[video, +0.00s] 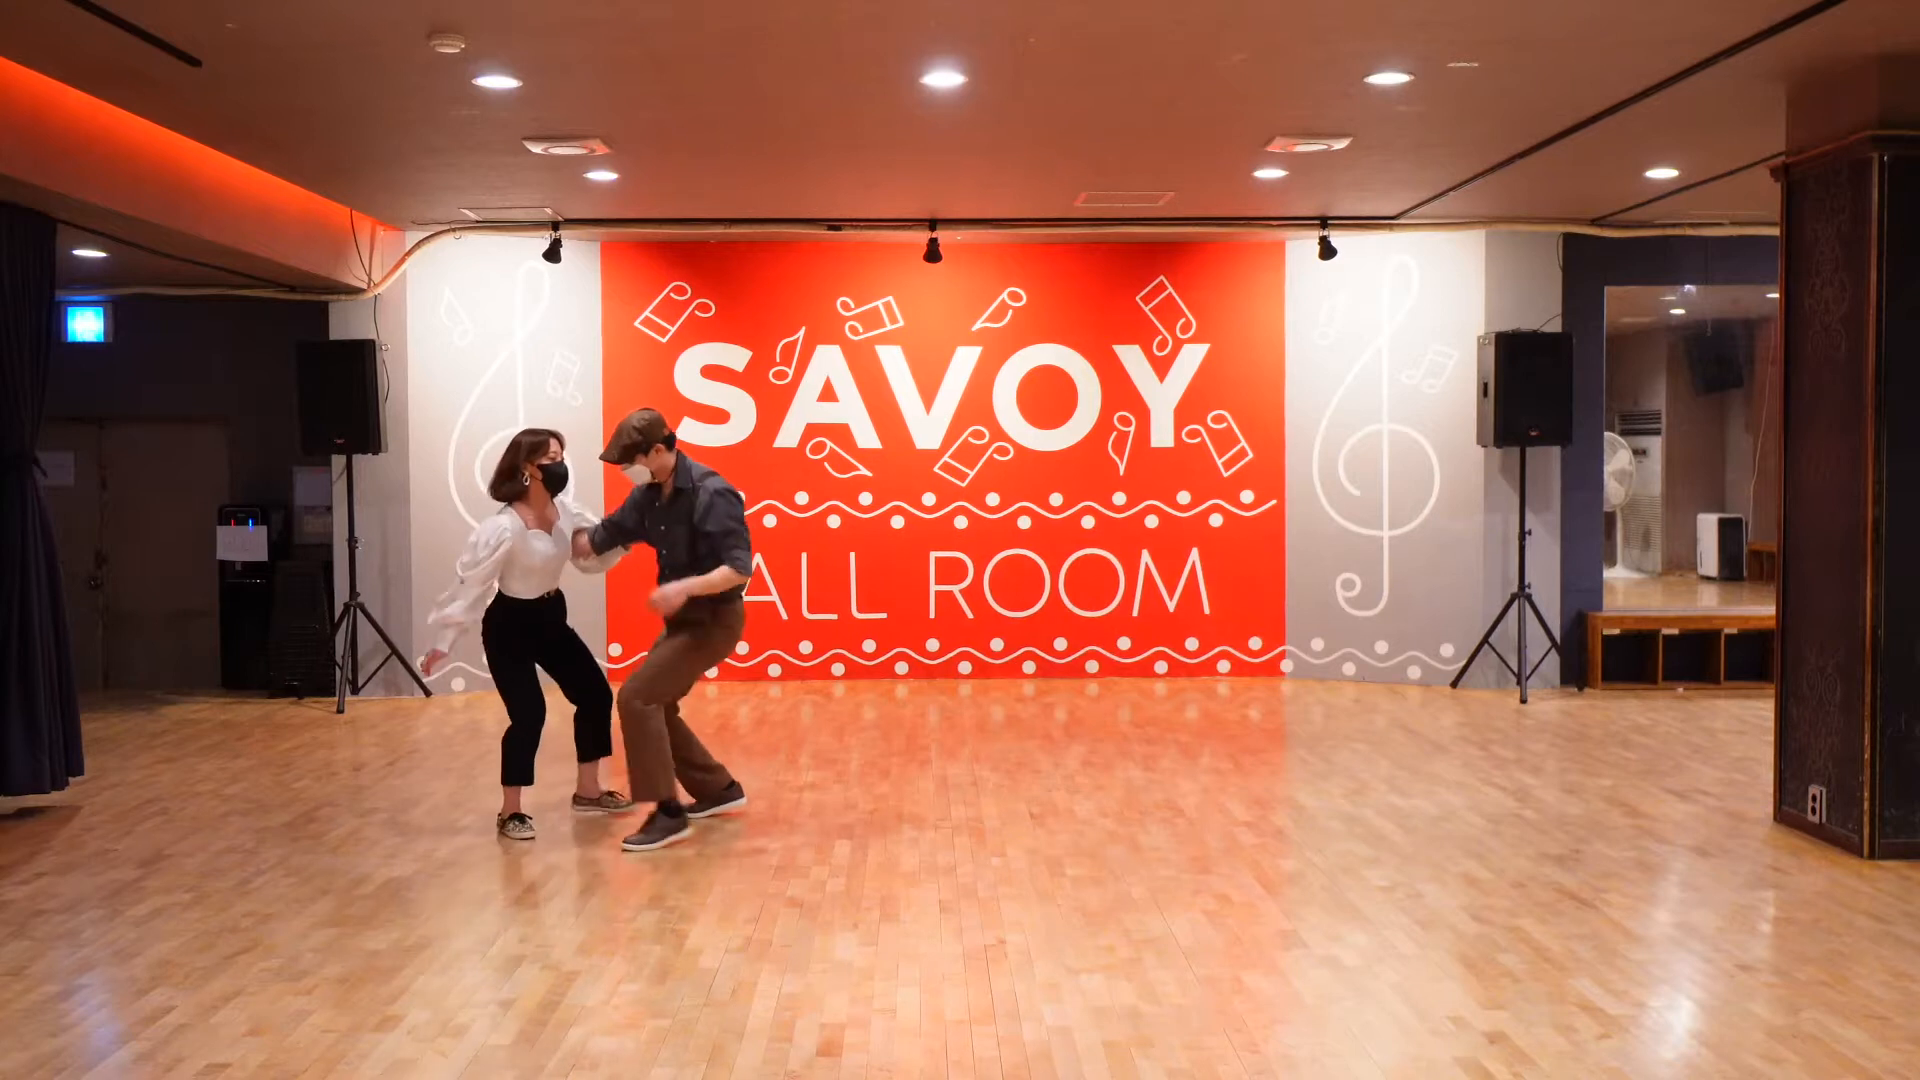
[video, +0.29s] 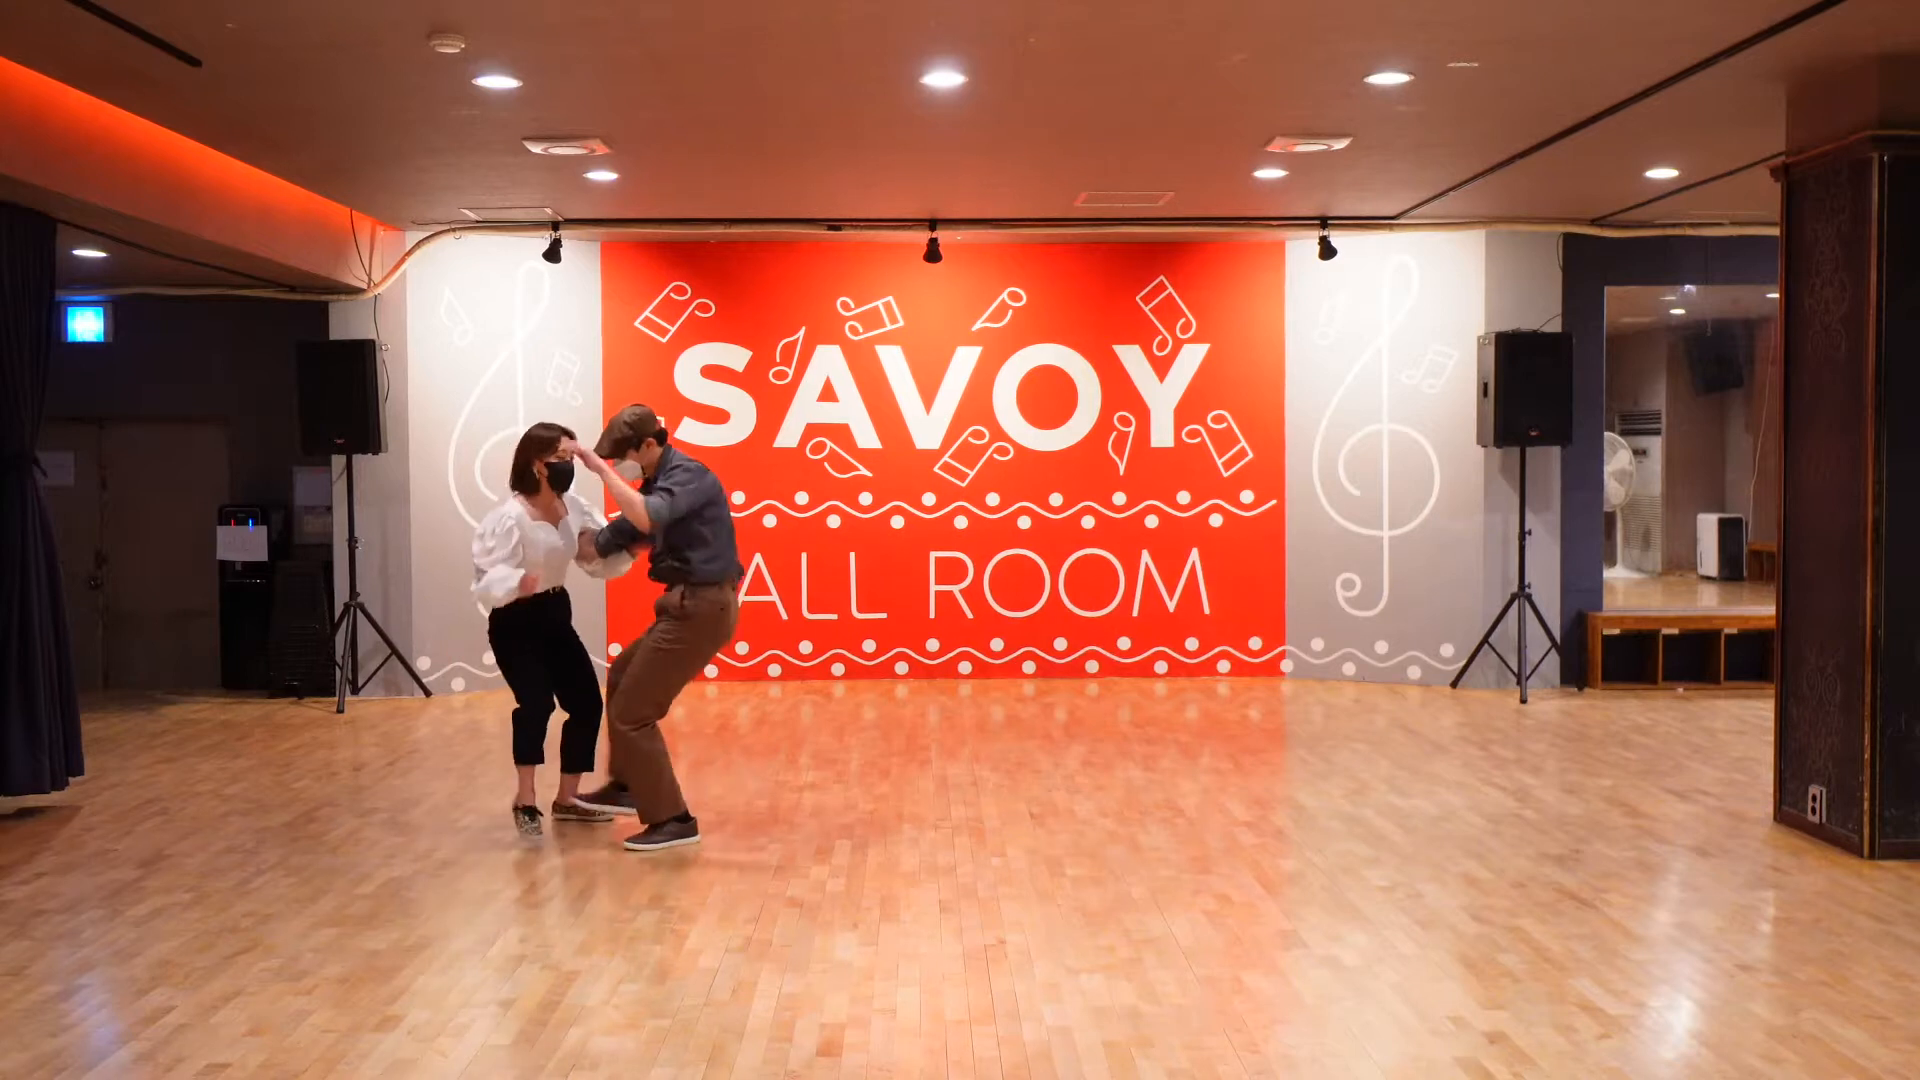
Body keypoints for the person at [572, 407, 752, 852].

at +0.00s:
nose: (629, 471)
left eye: (632, 461)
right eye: (626, 463)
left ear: (659, 450)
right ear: (649, 454)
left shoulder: (712, 493)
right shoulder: (648, 497)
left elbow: (739, 569)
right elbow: (600, 538)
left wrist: (684, 587)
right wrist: (576, 538)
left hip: (716, 617)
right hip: (684, 616)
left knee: (636, 697)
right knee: (654, 706)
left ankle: (669, 810)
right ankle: (717, 787)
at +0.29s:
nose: (626, 466)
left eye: (629, 457)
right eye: (622, 460)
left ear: (652, 443)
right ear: (648, 447)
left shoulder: (690, 476)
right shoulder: (659, 483)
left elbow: (648, 516)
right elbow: (619, 536)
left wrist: (601, 467)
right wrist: (594, 545)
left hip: (704, 609)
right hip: (683, 605)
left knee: (631, 710)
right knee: (621, 677)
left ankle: (672, 820)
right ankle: (627, 785)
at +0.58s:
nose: (627, 465)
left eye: (629, 455)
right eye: (624, 456)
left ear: (653, 446)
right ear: (655, 448)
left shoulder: (680, 483)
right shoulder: (662, 490)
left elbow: (597, 506)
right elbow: (594, 540)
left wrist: (513, 495)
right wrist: (537, 543)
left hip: (703, 618)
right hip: (682, 615)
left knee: (624, 718)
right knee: (609, 690)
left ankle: (673, 822)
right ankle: (594, 798)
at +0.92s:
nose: (616, 467)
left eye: (622, 459)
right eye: (616, 460)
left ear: (646, 458)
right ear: (643, 459)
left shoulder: (686, 512)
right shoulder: (639, 500)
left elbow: (724, 593)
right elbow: (585, 545)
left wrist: (755, 659)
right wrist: (529, 550)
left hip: (703, 621)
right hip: (675, 617)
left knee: (614, 691)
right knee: (642, 712)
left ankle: (656, 798)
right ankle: (698, 795)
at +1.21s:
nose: (622, 482)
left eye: (627, 473)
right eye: (620, 474)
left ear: (653, 465)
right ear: (645, 467)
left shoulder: (701, 502)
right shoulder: (636, 502)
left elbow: (768, 531)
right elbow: (585, 536)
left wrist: (785, 585)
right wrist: (540, 549)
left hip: (707, 626)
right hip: (673, 623)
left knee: (640, 705)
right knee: (629, 710)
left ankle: (607, 820)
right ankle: (699, 798)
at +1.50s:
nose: (626, 497)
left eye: (633, 488)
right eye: (624, 488)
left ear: (664, 477)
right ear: (656, 479)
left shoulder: (704, 519)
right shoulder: (646, 522)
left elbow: (730, 595)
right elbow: (592, 560)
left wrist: (679, 644)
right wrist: (534, 558)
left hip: (724, 636)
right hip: (693, 633)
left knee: (641, 726)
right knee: (624, 715)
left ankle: (698, 823)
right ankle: (699, 794)